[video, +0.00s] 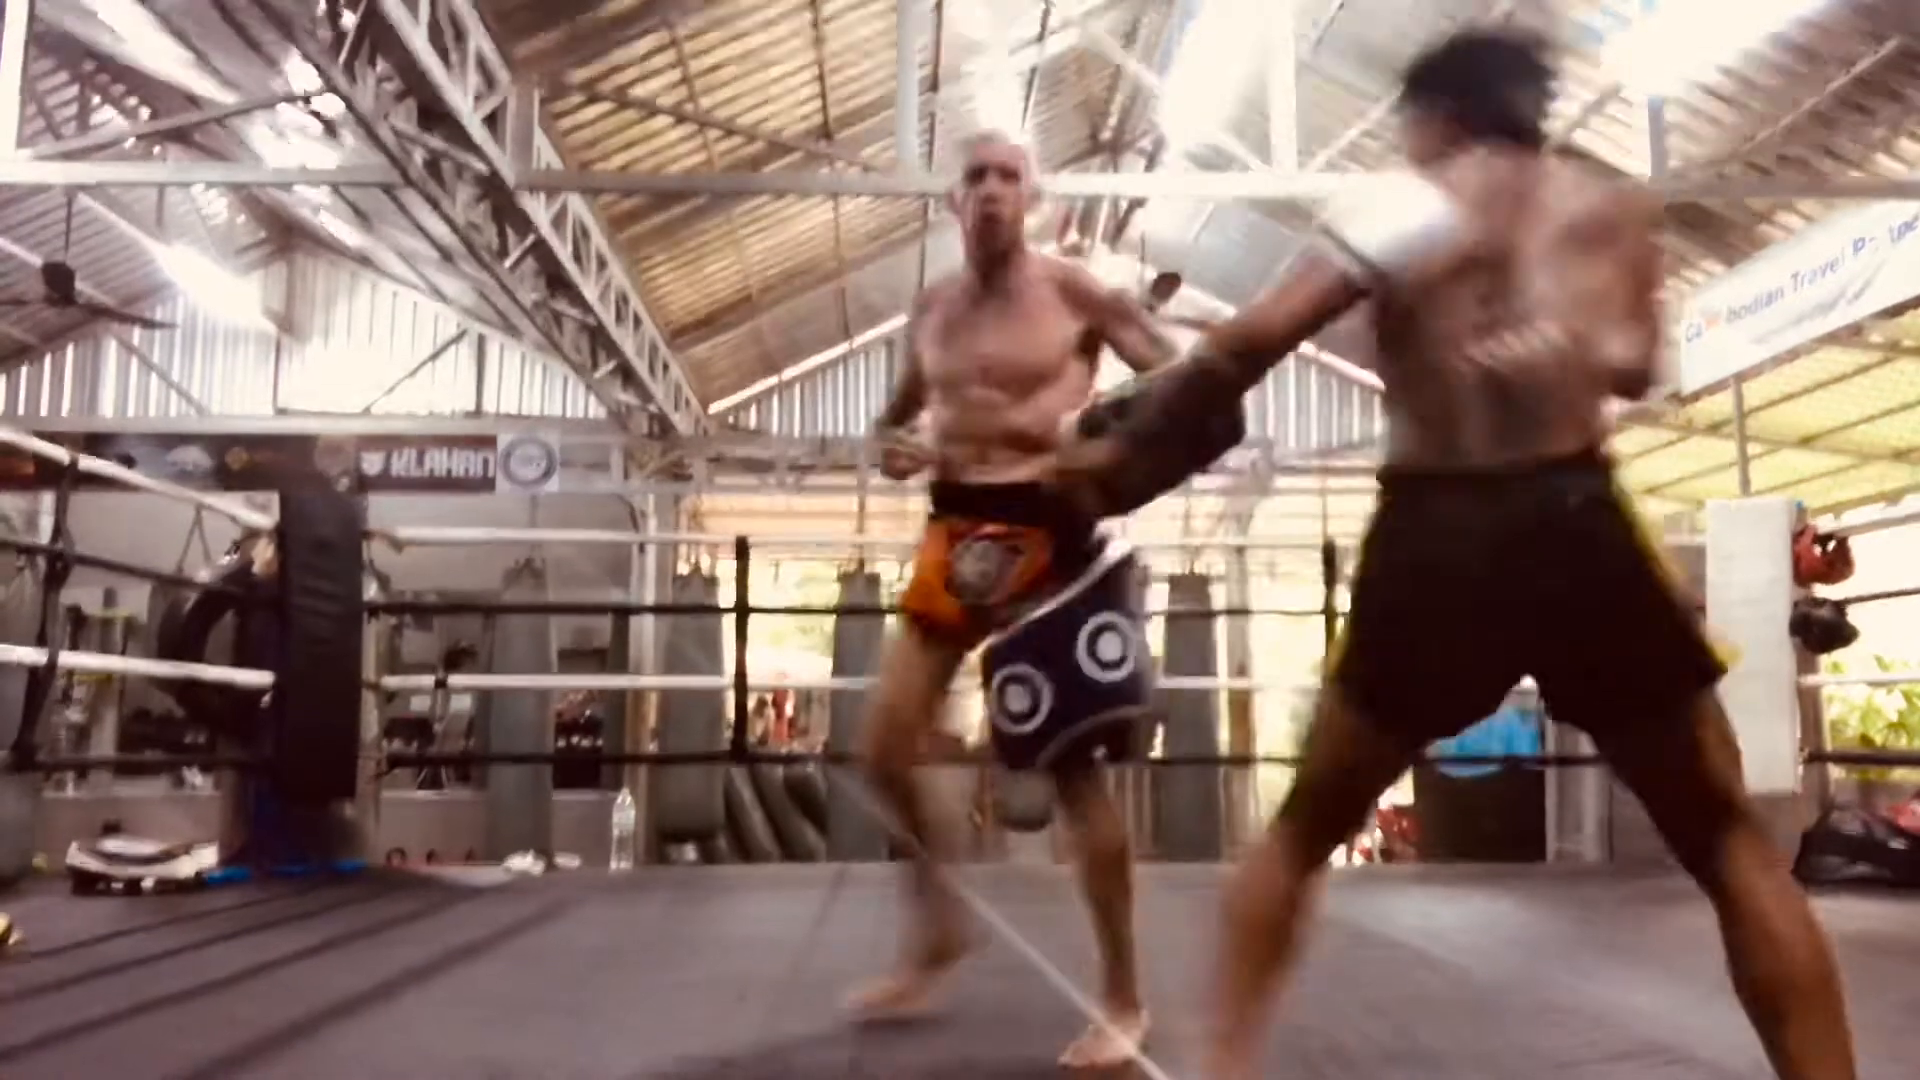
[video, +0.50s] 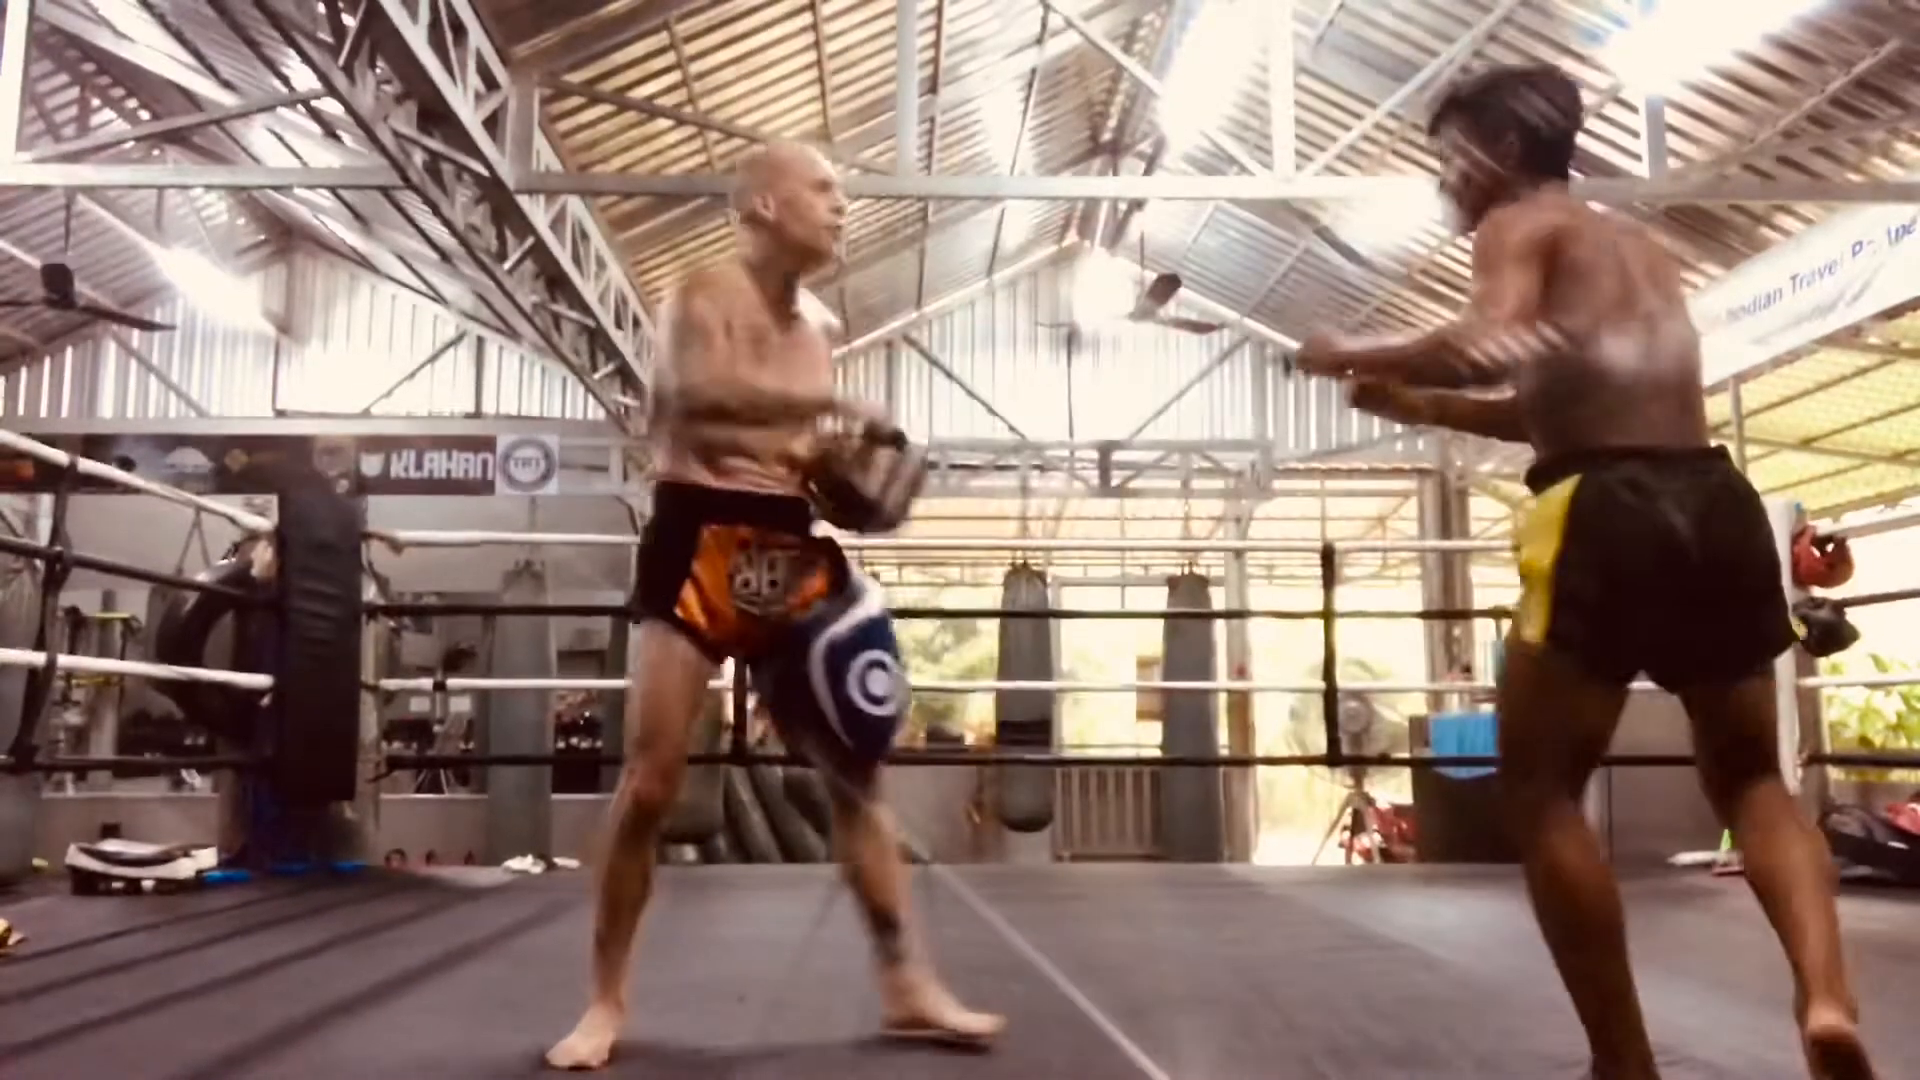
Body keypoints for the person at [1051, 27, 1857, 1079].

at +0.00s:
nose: (1416, 160)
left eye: (1421, 138)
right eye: (1416, 140)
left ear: (1450, 126)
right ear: (1528, 121)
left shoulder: (1402, 215)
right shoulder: (1619, 207)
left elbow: (1254, 337)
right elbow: (1639, 366)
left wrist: (1132, 432)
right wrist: (1558, 350)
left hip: (1431, 548)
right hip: (1583, 544)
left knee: (1304, 830)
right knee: (1730, 840)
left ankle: (1225, 1062)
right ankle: (1826, 1069)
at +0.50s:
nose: (1446, 185)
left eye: (1452, 161)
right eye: (1441, 163)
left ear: (1502, 150)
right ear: (1552, 153)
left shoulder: (1520, 225)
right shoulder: (1643, 243)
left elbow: (1499, 346)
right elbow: (1548, 409)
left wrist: (1351, 353)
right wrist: (1407, 397)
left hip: (1596, 516)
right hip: (1715, 510)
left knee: (1543, 794)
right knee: (1749, 771)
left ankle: (1624, 1062)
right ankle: (1827, 1000)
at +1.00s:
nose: (1504, 291)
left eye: (1514, 270)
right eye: (1501, 272)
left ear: (1567, 261)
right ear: (1565, 269)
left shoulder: (1647, 325)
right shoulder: (1603, 361)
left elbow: (1667, 425)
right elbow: (1541, 472)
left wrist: (1516, 403)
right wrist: (1470, 412)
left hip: (1681, 555)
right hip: (1693, 561)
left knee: (1572, 758)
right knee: (1683, 786)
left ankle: (1603, 1024)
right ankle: (1780, 1001)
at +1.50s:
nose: (1437, 294)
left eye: (1446, 272)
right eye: (1432, 277)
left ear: (1501, 262)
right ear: (1504, 271)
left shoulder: (1561, 315)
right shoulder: (1547, 345)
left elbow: (1524, 397)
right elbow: (1482, 475)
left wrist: (1394, 366)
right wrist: (1388, 432)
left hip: (1623, 554)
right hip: (1652, 554)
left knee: (1546, 771)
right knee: (1638, 772)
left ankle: (1588, 1025)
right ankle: (1751, 964)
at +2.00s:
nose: (1427, 294)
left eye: (1437, 277)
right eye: (1426, 280)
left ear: (1487, 277)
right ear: (1479, 282)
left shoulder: (1541, 346)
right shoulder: (1489, 368)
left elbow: (1543, 477)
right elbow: (1389, 432)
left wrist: (1481, 414)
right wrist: (1404, 336)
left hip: (1586, 581)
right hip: (1572, 579)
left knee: (1468, 754)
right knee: (1670, 795)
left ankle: (1507, 987)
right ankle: (1785, 987)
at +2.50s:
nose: (1392, 304)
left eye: (1406, 290)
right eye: (1393, 289)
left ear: (1456, 288)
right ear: (1422, 289)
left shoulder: (1495, 364)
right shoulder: (1416, 361)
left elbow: (1384, 387)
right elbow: (1340, 423)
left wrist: (1315, 313)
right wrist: (1241, 416)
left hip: (1388, 584)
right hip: (1321, 544)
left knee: (1414, 767)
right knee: (1204, 479)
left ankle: (1483, 983)